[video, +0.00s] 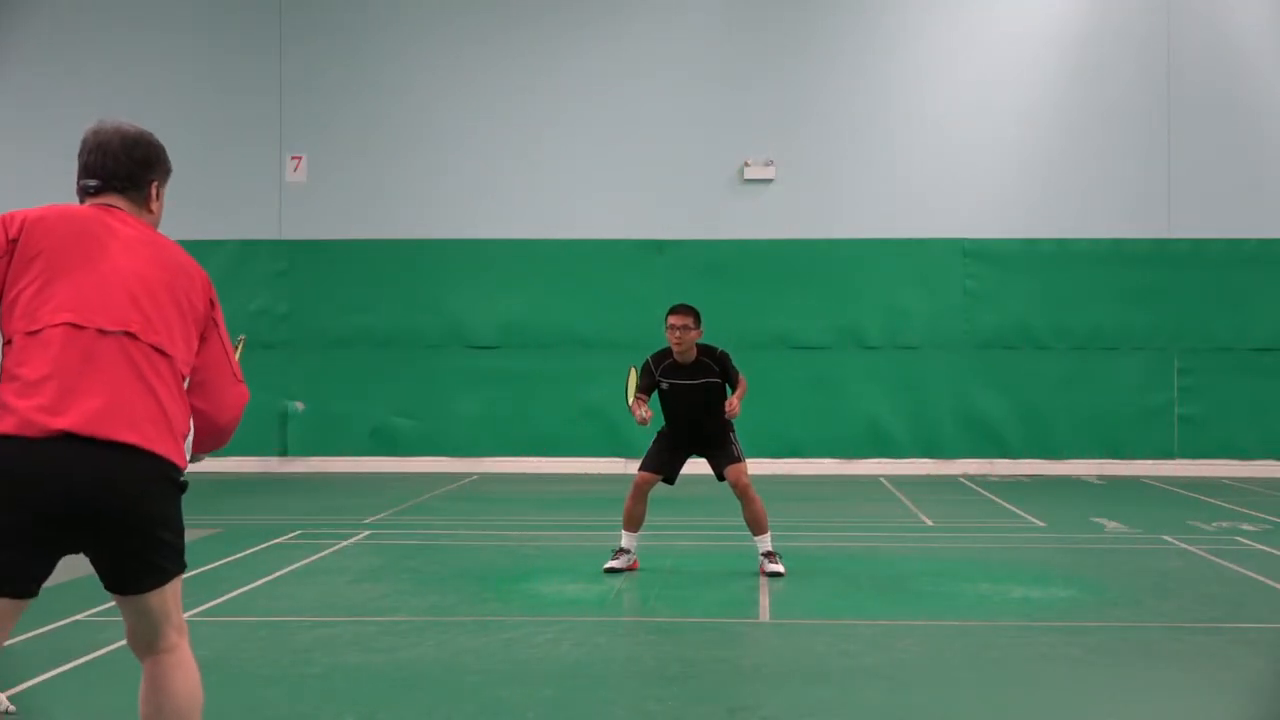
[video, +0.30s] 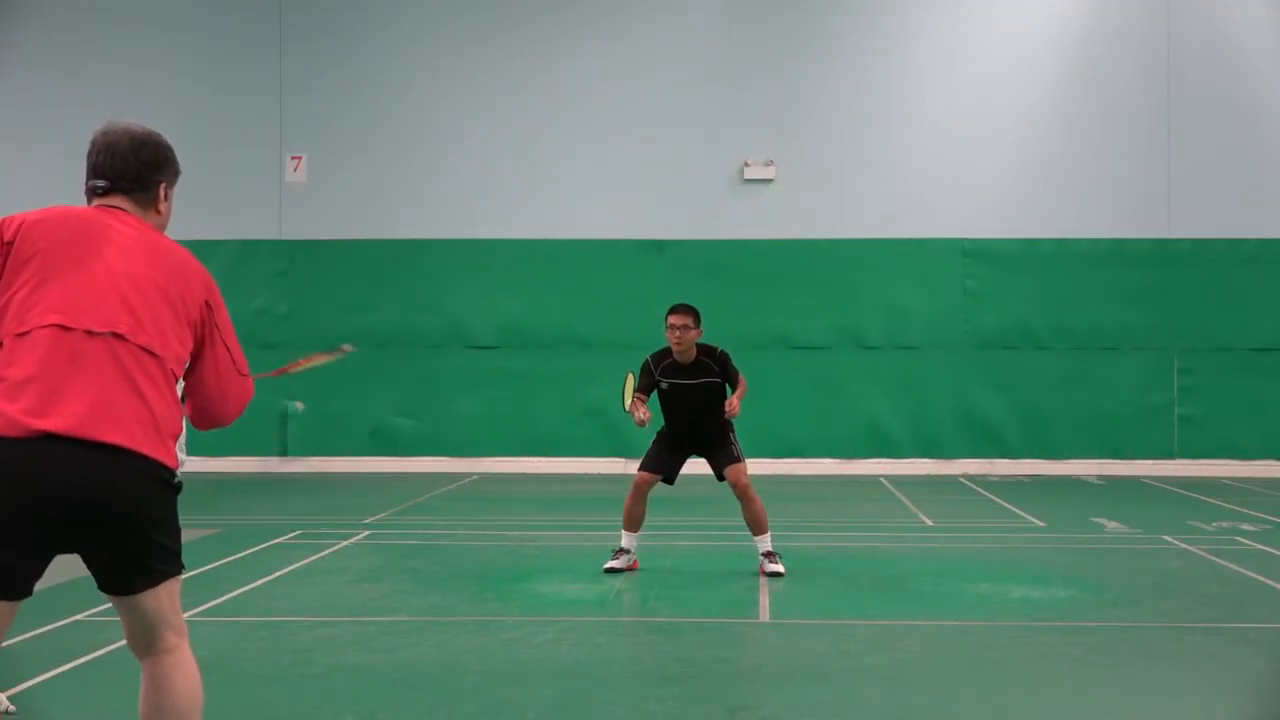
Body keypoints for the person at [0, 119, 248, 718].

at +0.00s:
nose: (164, 203)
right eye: (164, 191)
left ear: (83, 185)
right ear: (155, 192)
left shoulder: (21, 227)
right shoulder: (186, 272)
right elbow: (223, 407)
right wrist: (179, 445)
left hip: (20, 460)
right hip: (136, 471)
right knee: (163, 644)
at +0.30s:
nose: (172, 206)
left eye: (173, 194)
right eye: (173, 194)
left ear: (91, 186)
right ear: (162, 194)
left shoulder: (21, 229)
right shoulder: (188, 273)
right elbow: (220, 406)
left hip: (16, 460)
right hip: (129, 473)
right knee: (163, 646)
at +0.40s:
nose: (179, 214)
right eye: (180, 201)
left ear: (97, 191)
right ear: (169, 200)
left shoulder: (22, 232)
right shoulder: (192, 278)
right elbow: (217, 412)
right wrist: (232, 370)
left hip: (14, 460)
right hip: (126, 475)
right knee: (163, 645)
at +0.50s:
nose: (187, 221)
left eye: (187, 208)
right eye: (188, 208)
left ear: (105, 199)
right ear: (175, 209)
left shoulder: (28, 235)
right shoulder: (195, 286)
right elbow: (216, 426)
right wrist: (227, 448)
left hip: (15, 458)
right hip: (128, 474)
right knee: (162, 644)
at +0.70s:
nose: (198, 227)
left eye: (199, 215)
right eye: (198, 215)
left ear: (117, 205)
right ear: (185, 216)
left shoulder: (46, 237)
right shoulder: (203, 290)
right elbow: (220, 423)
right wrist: (220, 467)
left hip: (22, 456)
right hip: (137, 475)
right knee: (164, 640)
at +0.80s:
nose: (201, 228)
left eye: (202, 216)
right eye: (201, 217)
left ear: (121, 205)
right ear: (189, 217)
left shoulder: (51, 238)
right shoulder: (207, 289)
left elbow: (0, 308)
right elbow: (217, 410)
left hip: (26, 456)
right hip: (141, 473)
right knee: (166, 639)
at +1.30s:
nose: (184, 194)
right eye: (183, 185)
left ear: (100, 184)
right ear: (174, 189)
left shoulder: (45, 224)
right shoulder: (205, 265)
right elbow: (221, 389)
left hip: (34, 446)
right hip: (148, 458)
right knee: (168, 643)